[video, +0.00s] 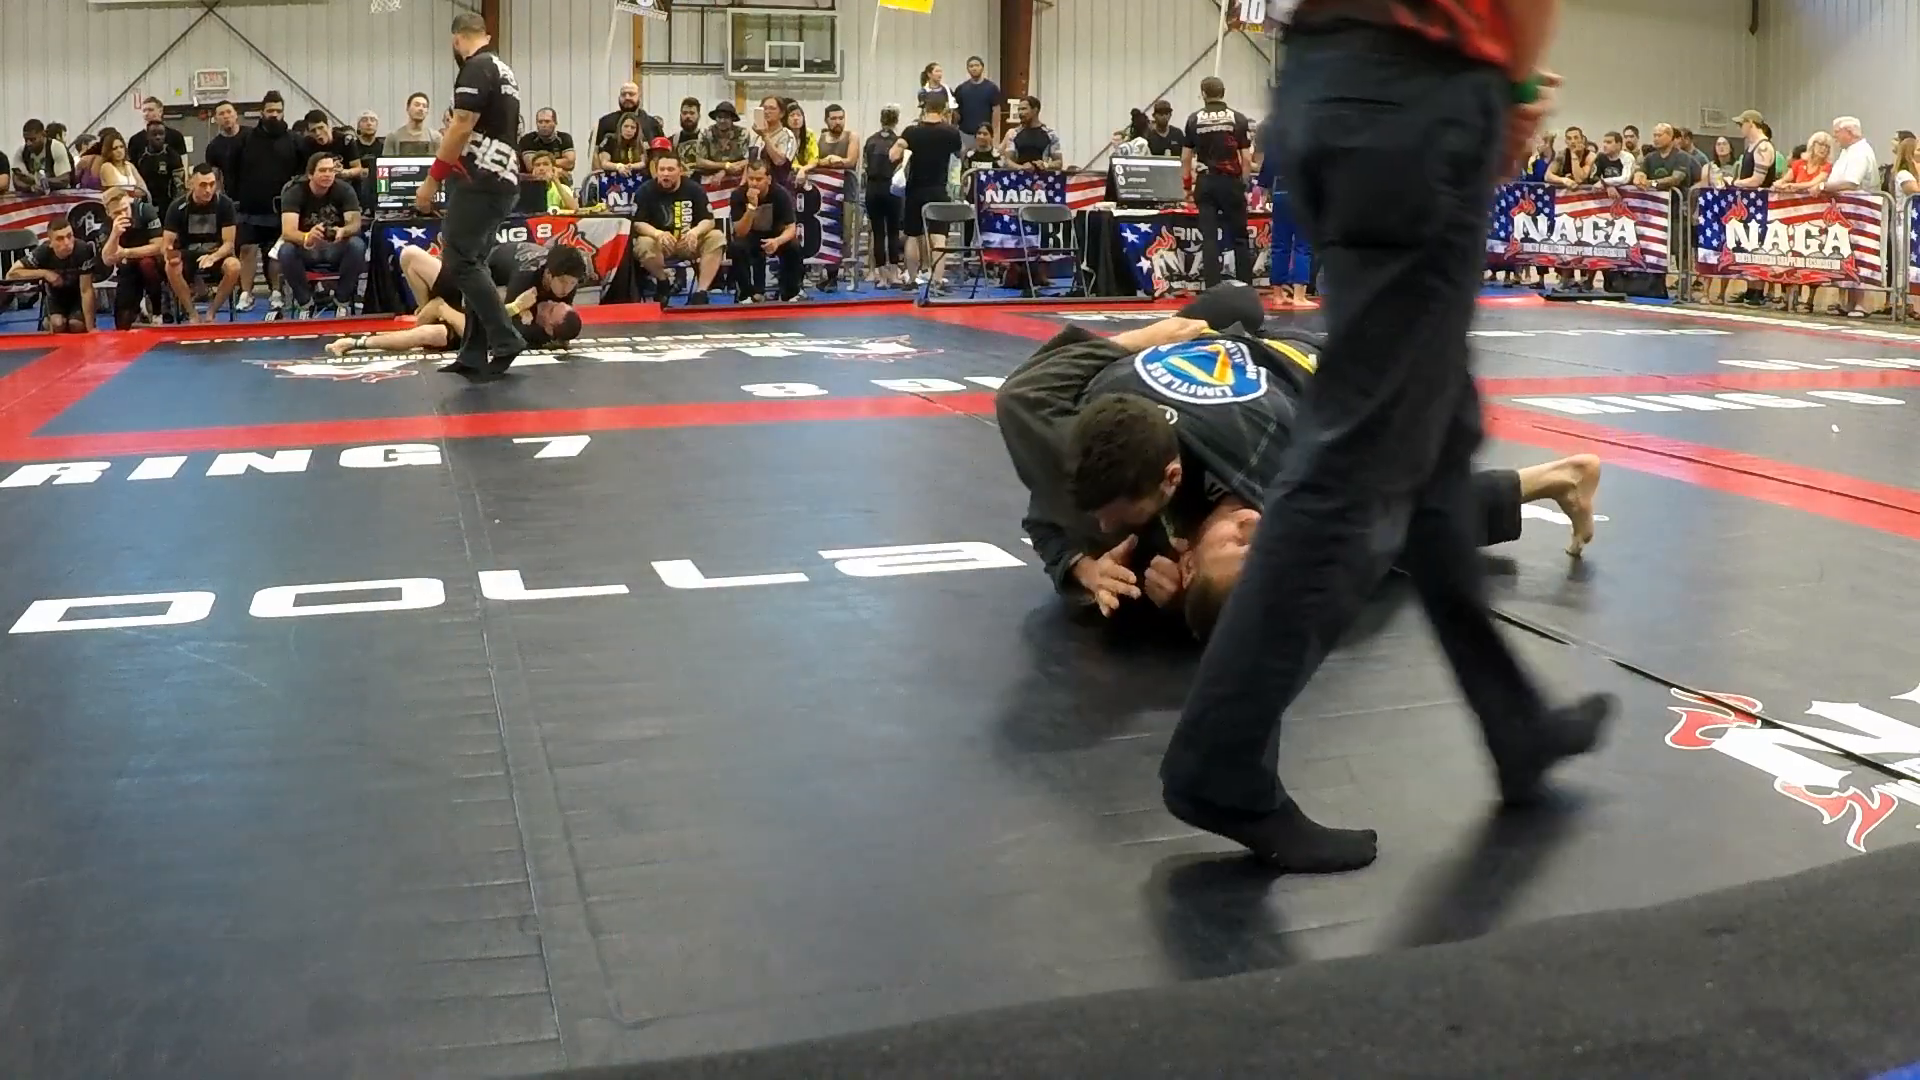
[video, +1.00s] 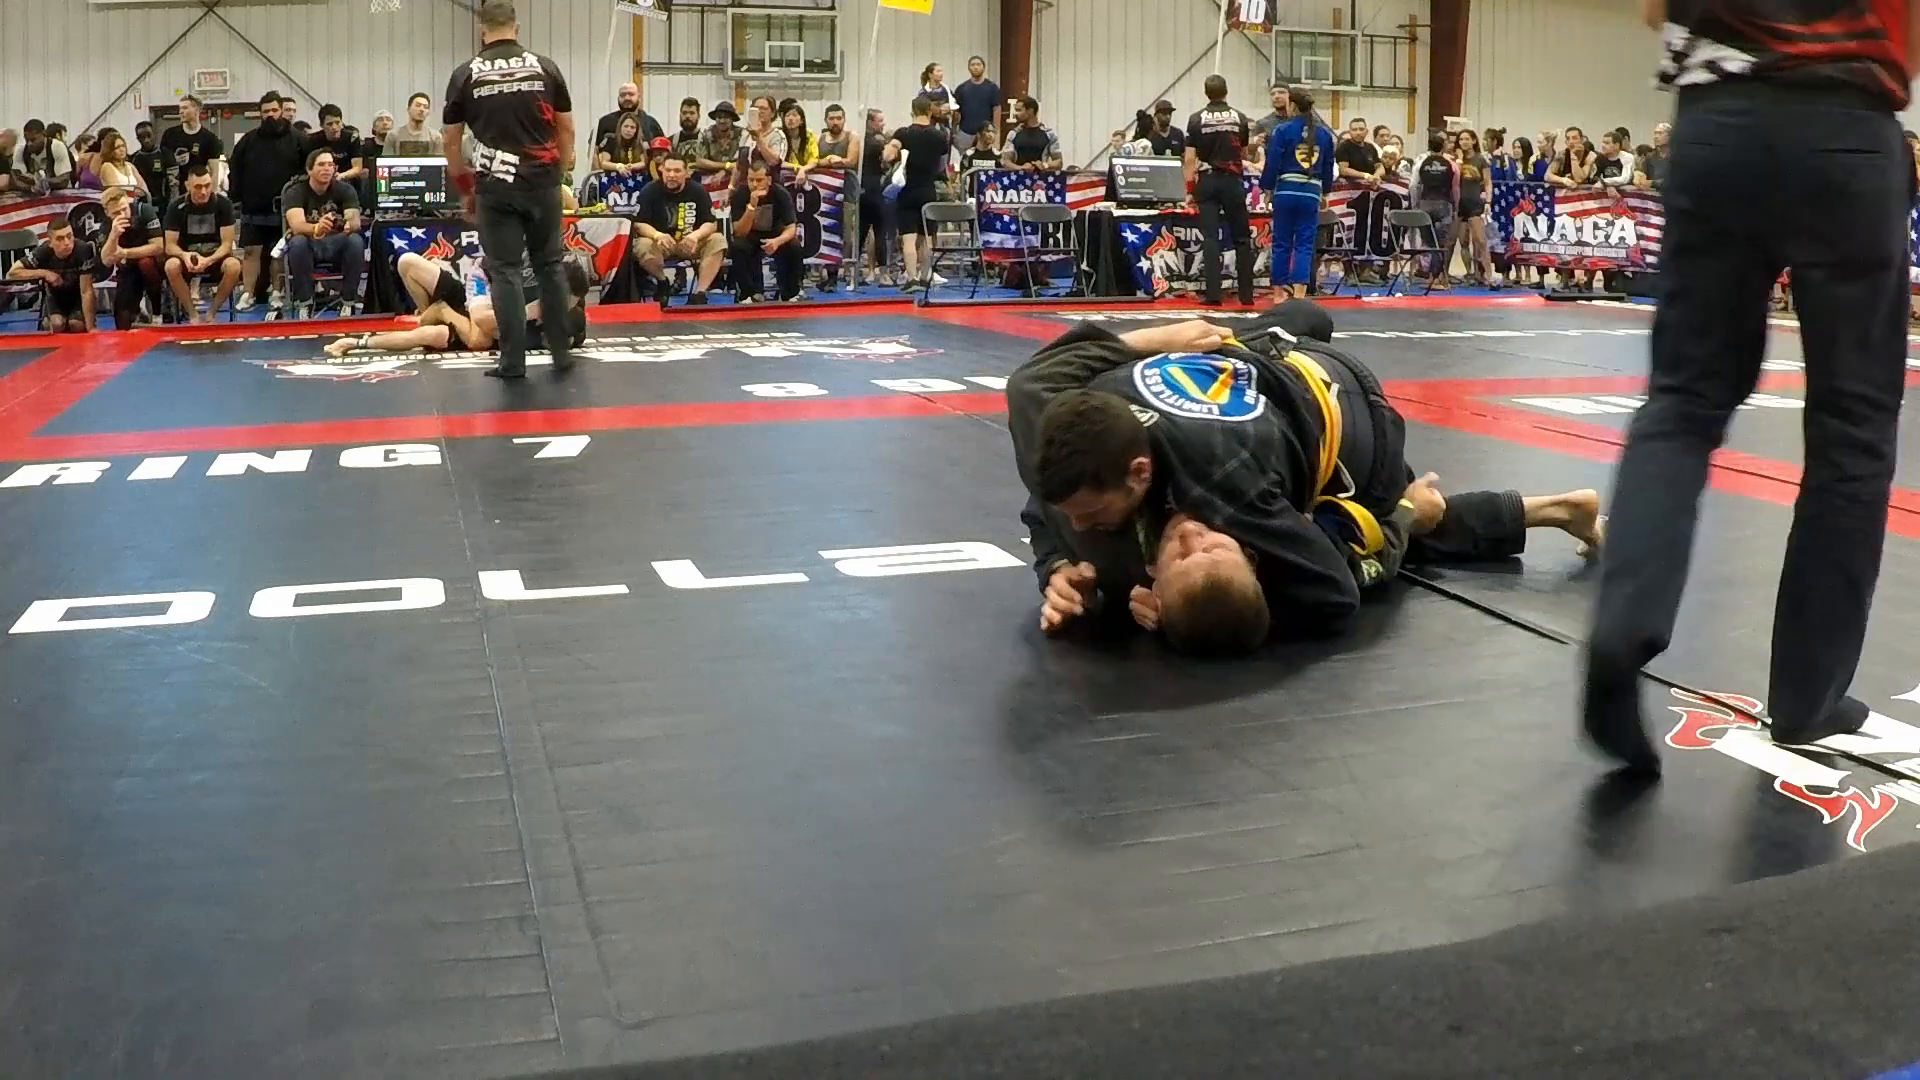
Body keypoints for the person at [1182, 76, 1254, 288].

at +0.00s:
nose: (1204, 96)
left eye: (1203, 93)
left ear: (1203, 95)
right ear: (1223, 93)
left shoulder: (1193, 120)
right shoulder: (1238, 119)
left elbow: (1186, 158)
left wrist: (1187, 186)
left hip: (1206, 181)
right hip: (1232, 180)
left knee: (1209, 238)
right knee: (1240, 238)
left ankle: (1212, 289)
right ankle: (1245, 288)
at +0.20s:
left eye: (1205, 92)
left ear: (1204, 94)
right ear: (1224, 93)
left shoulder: (1194, 120)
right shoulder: (1239, 119)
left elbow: (1189, 158)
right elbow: (1244, 158)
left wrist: (1191, 187)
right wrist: (1240, 172)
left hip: (1206, 180)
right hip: (1232, 181)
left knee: (1210, 239)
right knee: (1241, 237)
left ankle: (1212, 294)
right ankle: (1246, 290)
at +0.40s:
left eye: (1204, 92)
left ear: (1204, 94)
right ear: (1224, 93)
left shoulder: (1195, 120)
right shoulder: (1241, 119)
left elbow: (1190, 159)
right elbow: (1242, 150)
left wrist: (1192, 188)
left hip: (1206, 180)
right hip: (1233, 181)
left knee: (1210, 238)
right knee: (1242, 238)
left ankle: (1213, 295)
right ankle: (1246, 295)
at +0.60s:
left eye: (1205, 91)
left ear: (1204, 94)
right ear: (1225, 93)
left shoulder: (1197, 120)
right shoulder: (1241, 118)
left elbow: (1189, 159)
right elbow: (1243, 143)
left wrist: (1188, 191)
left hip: (1208, 179)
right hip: (1233, 179)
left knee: (1210, 238)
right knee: (1243, 238)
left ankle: (1213, 295)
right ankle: (1246, 295)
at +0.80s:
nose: (1206, 94)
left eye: (1206, 91)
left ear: (1205, 94)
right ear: (1226, 92)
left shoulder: (1197, 120)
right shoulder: (1242, 118)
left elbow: (1189, 159)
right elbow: (1247, 148)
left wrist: (1188, 192)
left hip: (1207, 180)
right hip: (1233, 180)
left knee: (1210, 238)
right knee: (1243, 238)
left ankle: (1213, 295)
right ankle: (1246, 295)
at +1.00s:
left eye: (1208, 91)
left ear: (1206, 93)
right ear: (1226, 92)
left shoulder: (1196, 119)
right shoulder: (1240, 118)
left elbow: (1189, 158)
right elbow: (1245, 151)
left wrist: (1189, 190)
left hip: (1207, 179)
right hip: (1233, 179)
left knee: (1210, 238)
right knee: (1242, 238)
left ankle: (1213, 294)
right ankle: (1246, 295)